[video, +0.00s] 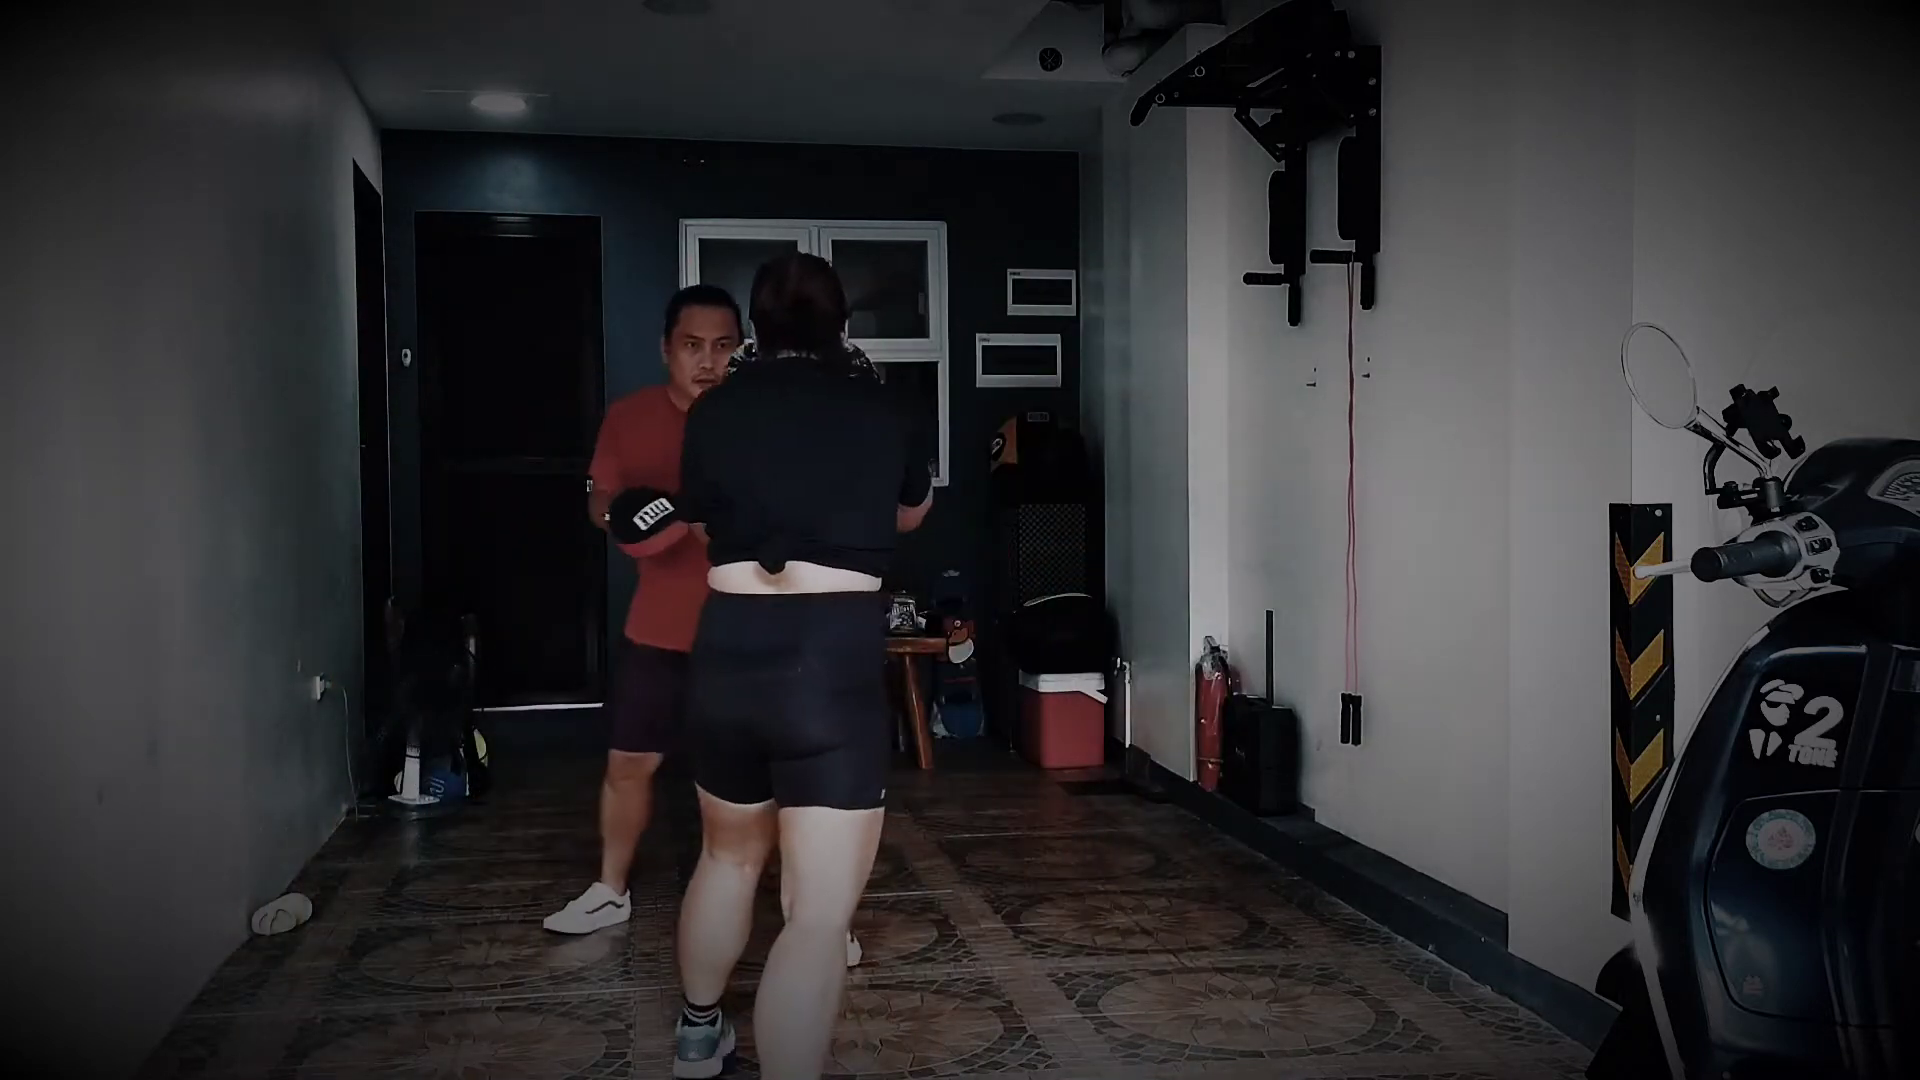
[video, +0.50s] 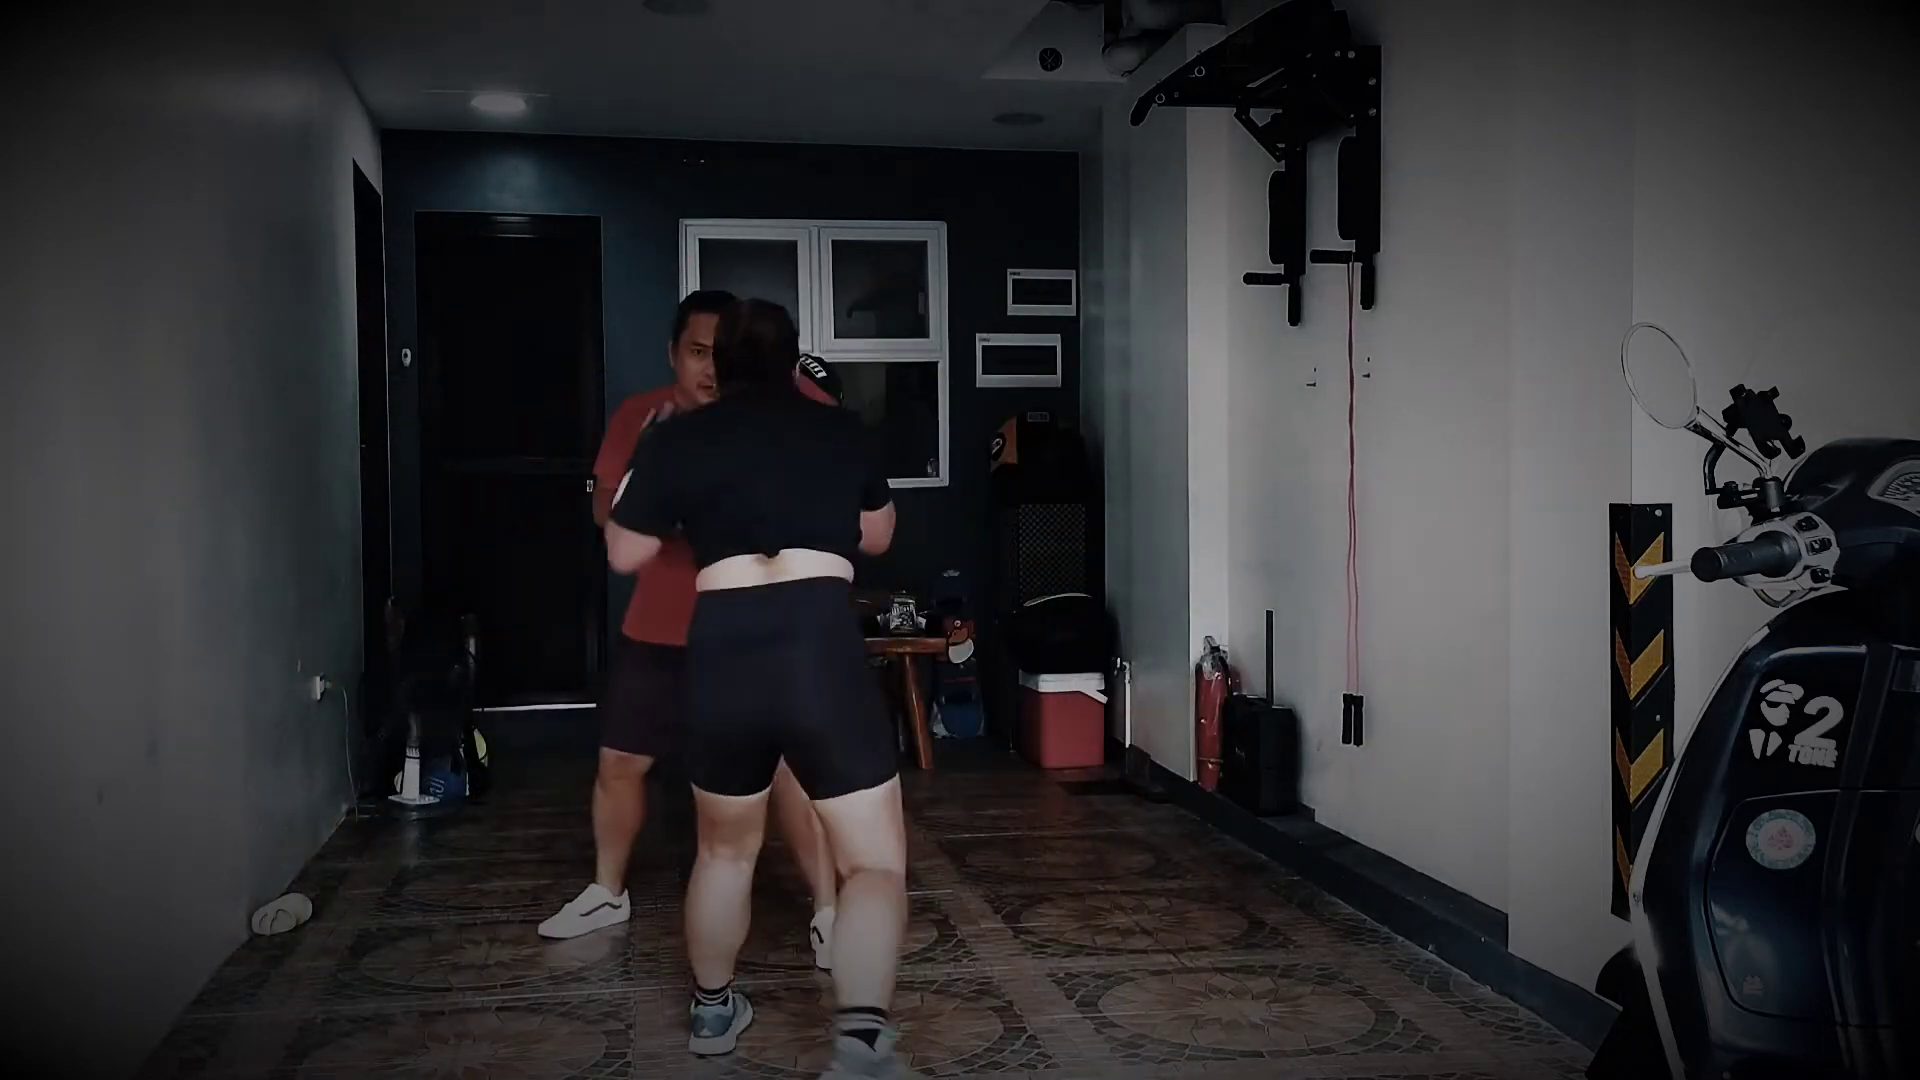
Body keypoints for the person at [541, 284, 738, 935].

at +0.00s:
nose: (708, 359)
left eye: (722, 345)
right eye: (694, 344)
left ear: (739, 351)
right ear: (667, 349)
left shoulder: (756, 418)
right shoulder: (631, 416)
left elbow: (779, 507)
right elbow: (600, 498)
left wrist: (708, 521)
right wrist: (624, 518)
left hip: (738, 629)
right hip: (657, 624)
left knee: (751, 772)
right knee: (627, 763)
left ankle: (809, 911)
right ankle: (612, 889)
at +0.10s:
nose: (718, 358)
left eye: (732, 345)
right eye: (704, 344)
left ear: (750, 351)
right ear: (678, 350)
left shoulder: (763, 417)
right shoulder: (644, 413)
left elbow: (790, 498)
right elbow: (608, 500)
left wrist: (724, 519)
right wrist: (638, 516)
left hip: (744, 628)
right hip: (664, 625)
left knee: (759, 772)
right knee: (632, 761)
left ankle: (812, 911)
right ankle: (612, 888)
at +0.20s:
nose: (722, 364)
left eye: (735, 351)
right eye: (709, 349)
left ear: (753, 359)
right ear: (682, 352)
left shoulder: (767, 419)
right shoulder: (646, 415)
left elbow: (791, 499)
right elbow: (610, 503)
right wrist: (644, 513)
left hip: (748, 629)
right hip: (664, 625)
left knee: (769, 768)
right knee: (630, 762)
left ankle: (815, 911)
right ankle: (610, 888)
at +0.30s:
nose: (719, 366)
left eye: (731, 354)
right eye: (708, 351)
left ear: (749, 360)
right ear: (681, 353)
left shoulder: (767, 419)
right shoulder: (648, 415)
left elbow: (789, 497)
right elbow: (609, 503)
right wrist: (648, 520)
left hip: (742, 629)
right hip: (661, 626)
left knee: (748, 765)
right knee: (626, 761)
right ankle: (610, 889)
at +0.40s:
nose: (709, 361)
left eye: (722, 350)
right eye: (699, 348)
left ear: (745, 356)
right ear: (677, 350)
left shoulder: (770, 416)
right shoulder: (646, 414)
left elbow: (795, 498)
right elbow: (605, 501)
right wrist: (637, 518)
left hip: (748, 631)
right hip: (660, 627)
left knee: (781, 771)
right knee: (622, 760)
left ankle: (830, 896)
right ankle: (609, 889)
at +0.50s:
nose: (709, 364)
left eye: (721, 352)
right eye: (697, 349)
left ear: (743, 357)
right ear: (673, 352)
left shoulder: (773, 415)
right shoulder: (639, 417)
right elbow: (612, 514)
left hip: (750, 636)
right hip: (657, 632)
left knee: (786, 776)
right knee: (618, 762)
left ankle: (827, 909)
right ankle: (608, 892)